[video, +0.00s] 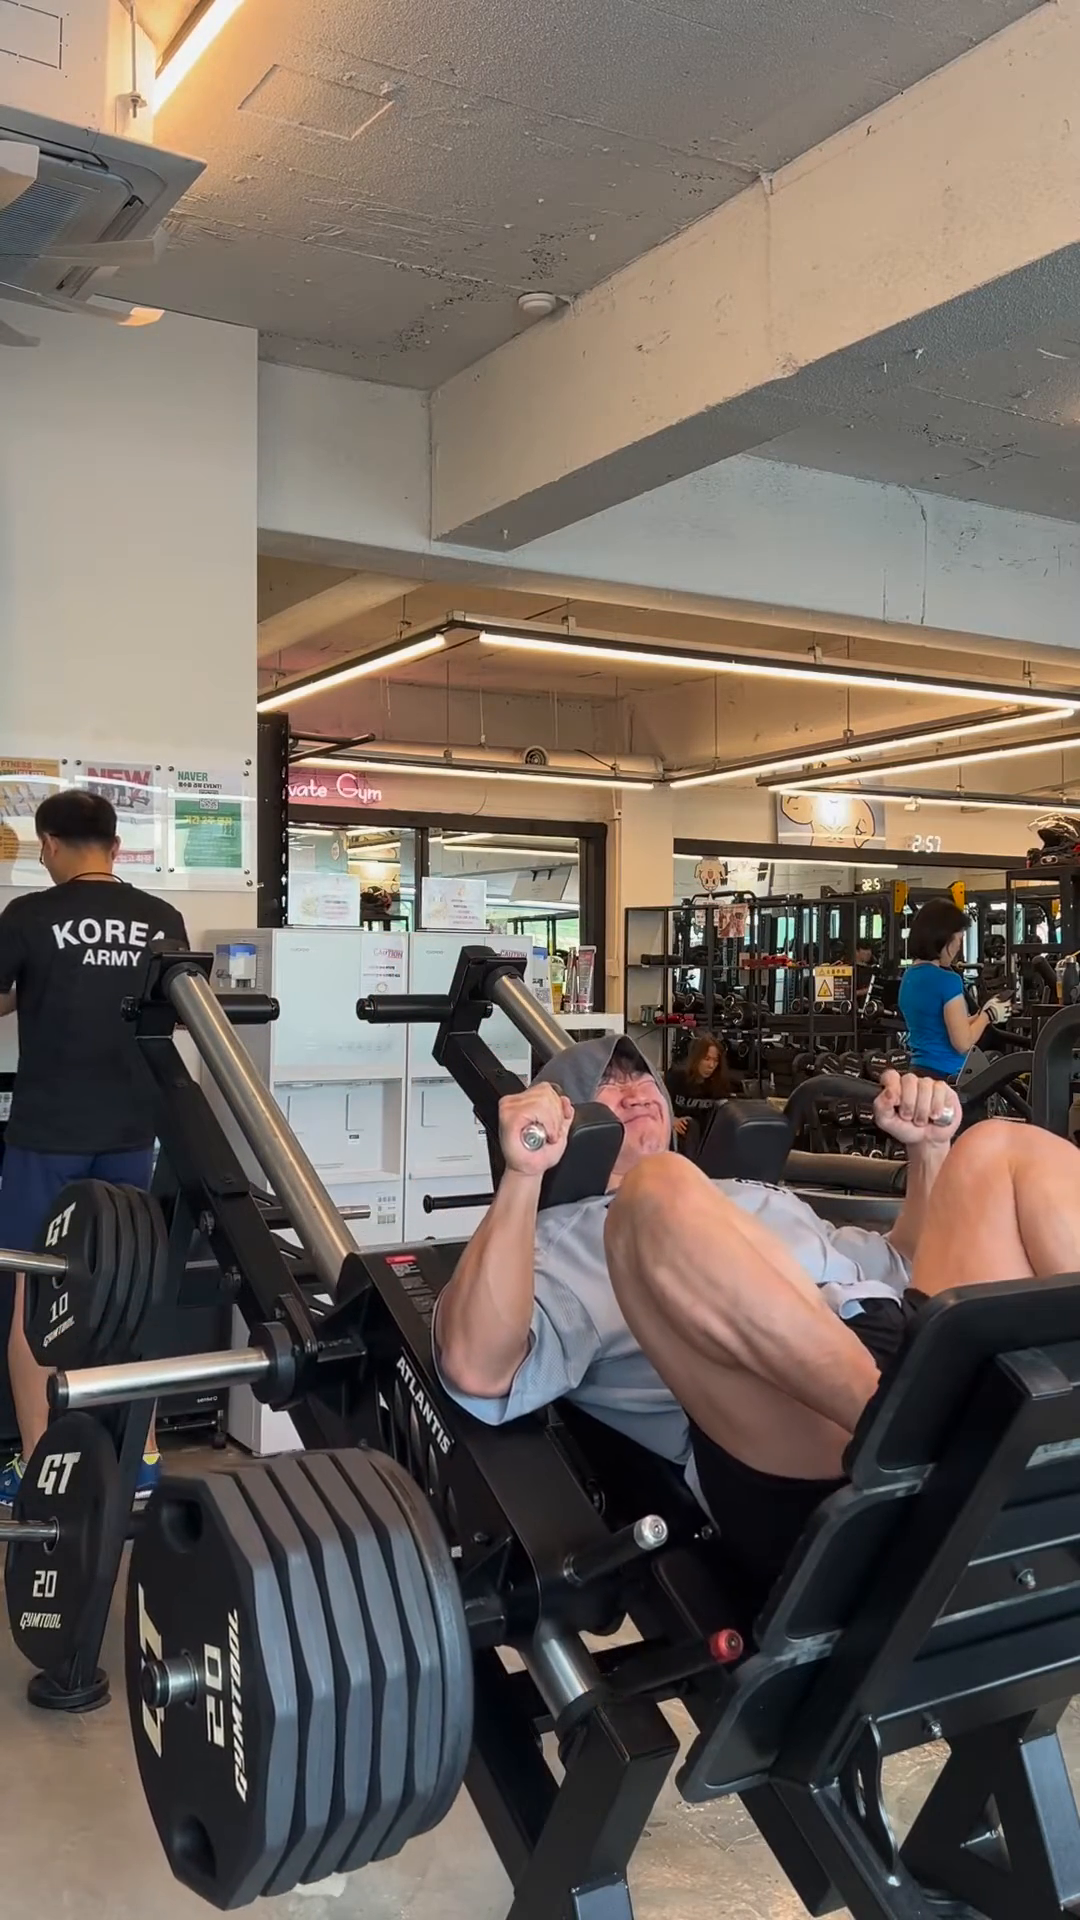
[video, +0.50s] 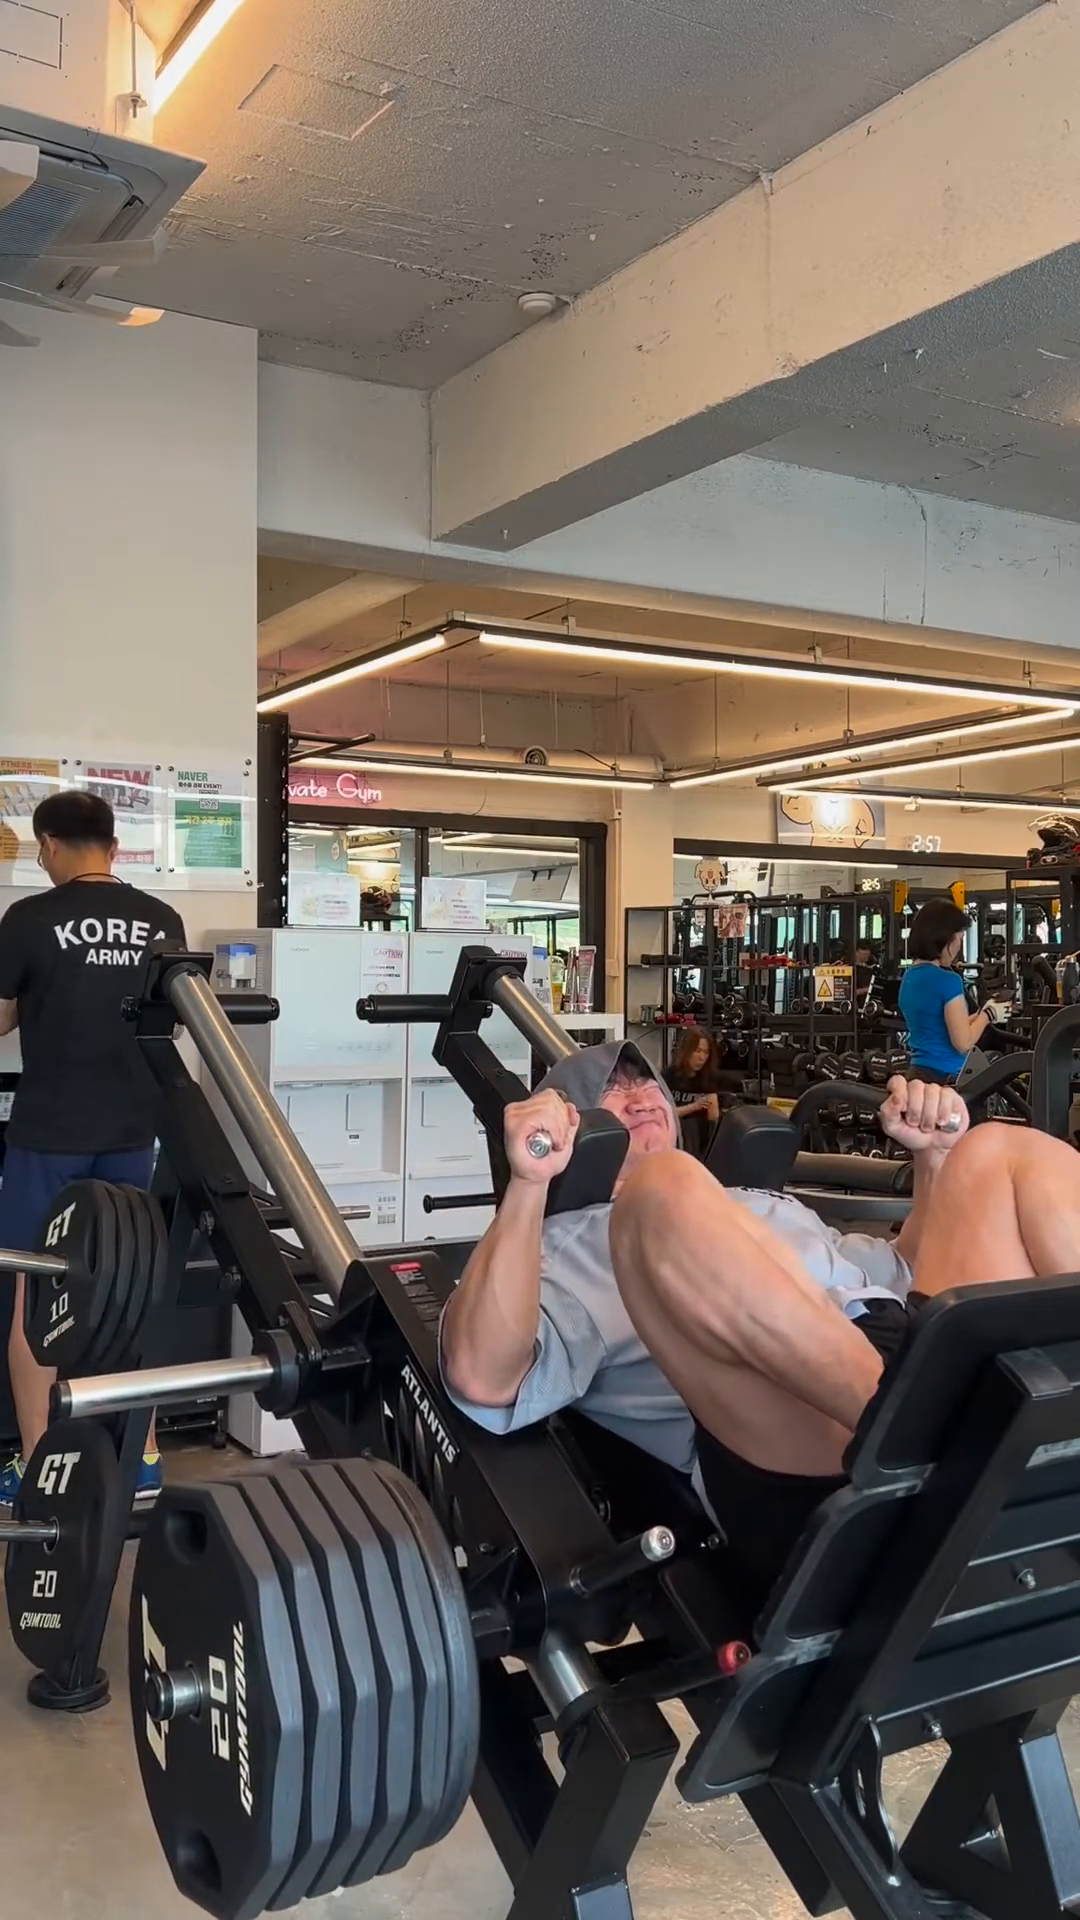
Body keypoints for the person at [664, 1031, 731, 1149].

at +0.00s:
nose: (711, 1065)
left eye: (715, 1060)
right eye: (707, 1059)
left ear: (719, 1063)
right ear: (695, 1058)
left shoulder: (719, 1086)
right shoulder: (674, 1079)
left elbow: (724, 1115)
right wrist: (671, 1120)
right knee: (691, 1125)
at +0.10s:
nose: (709, 1062)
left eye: (713, 1057)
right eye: (705, 1056)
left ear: (717, 1060)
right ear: (693, 1055)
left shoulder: (716, 1082)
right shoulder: (674, 1076)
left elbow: (722, 1112)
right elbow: (658, 1103)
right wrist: (672, 1119)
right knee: (692, 1125)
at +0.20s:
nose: (707, 1060)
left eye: (711, 1055)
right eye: (703, 1054)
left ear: (715, 1057)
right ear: (691, 1053)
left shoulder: (713, 1081)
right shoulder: (671, 1077)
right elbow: (654, 1104)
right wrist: (672, 1118)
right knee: (692, 1124)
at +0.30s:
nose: (705, 1058)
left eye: (709, 1053)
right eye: (701, 1052)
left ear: (713, 1056)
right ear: (689, 1052)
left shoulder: (710, 1078)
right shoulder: (670, 1076)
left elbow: (717, 1111)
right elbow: (656, 1105)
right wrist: (676, 1116)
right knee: (691, 1121)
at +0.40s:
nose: (704, 1057)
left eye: (708, 1053)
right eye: (699, 1051)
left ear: (711, 1056)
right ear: (687, 1051)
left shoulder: (709, 1079)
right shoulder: (668, 1077)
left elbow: (716, 1116)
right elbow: (659, 1113)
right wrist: (684, 1111)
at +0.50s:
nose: (702, 1057)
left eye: (706, 1052)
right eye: (697, 1051)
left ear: (709, 1055)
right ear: (686, 1051)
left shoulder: (709, 1080)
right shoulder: (667, 1078)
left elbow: (713, 1119)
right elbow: (659, 1114)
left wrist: (713, 1109)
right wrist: (693, 1107)